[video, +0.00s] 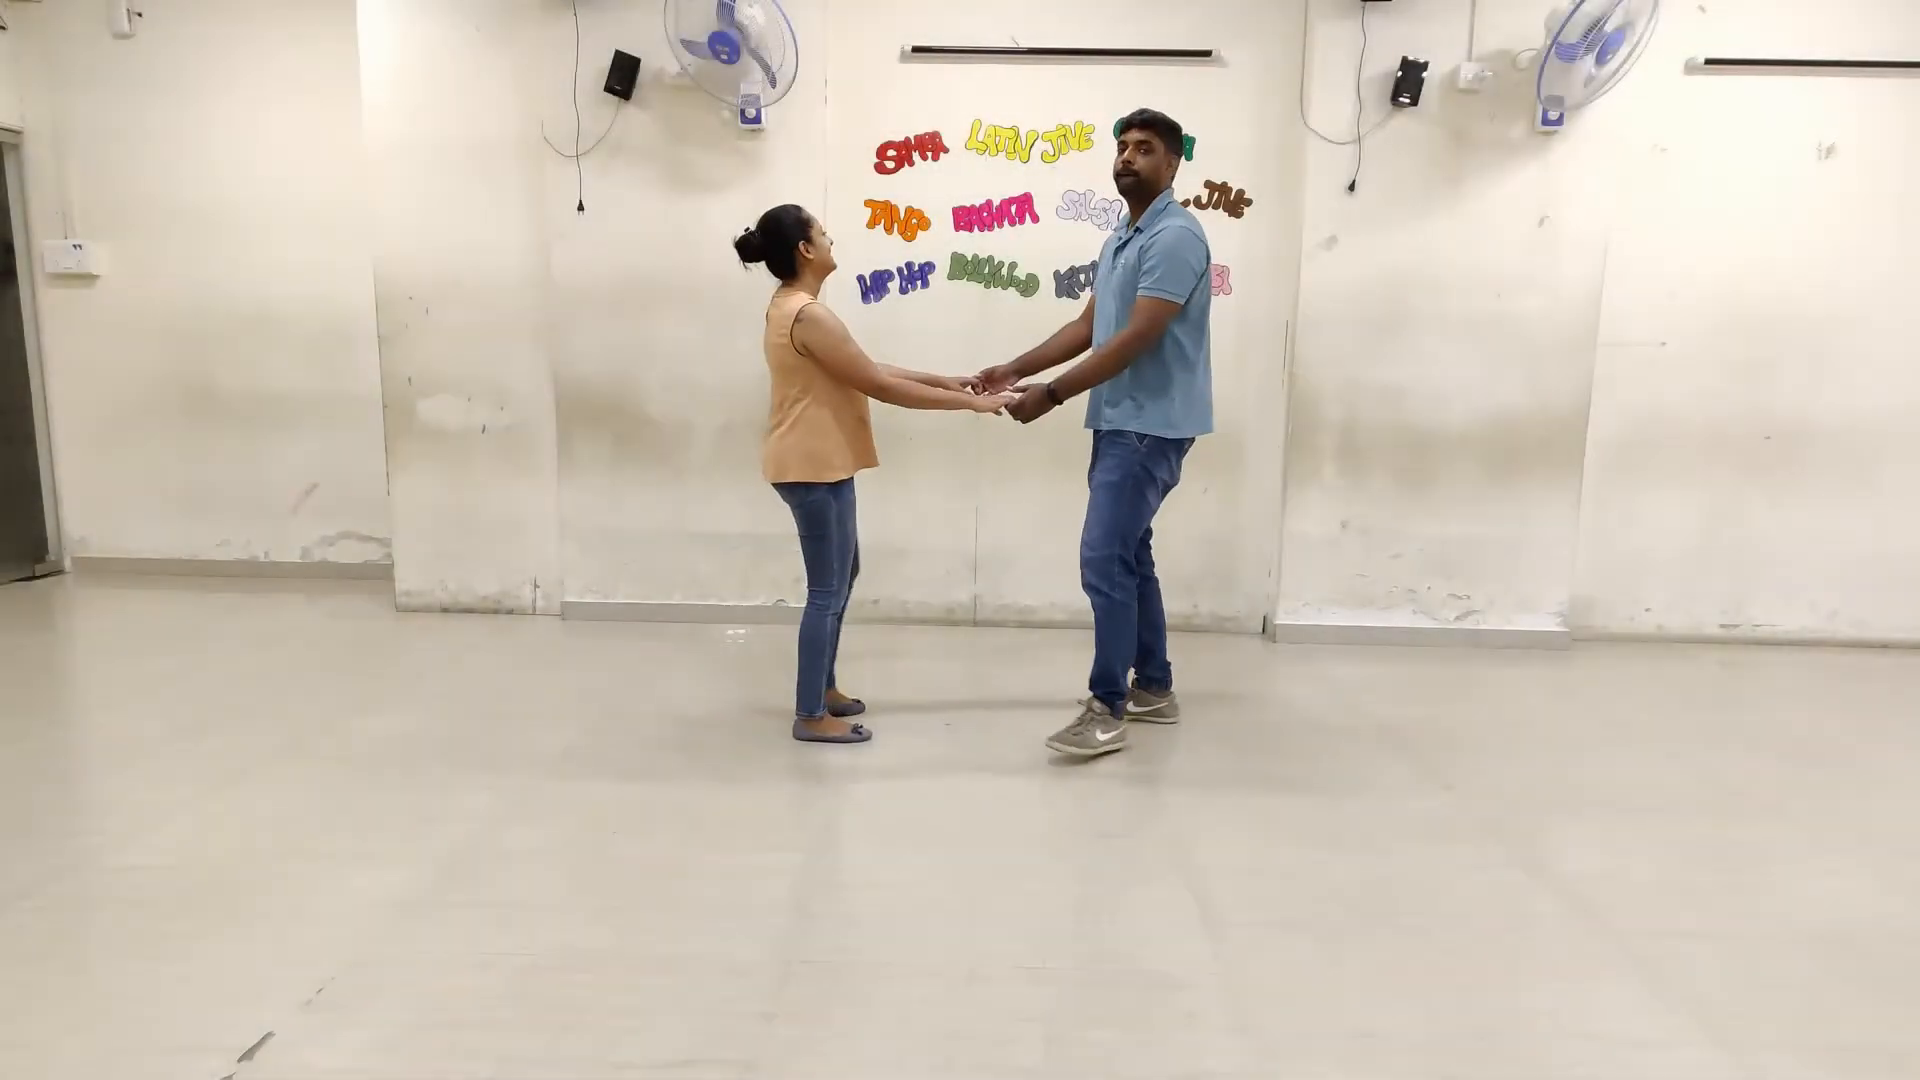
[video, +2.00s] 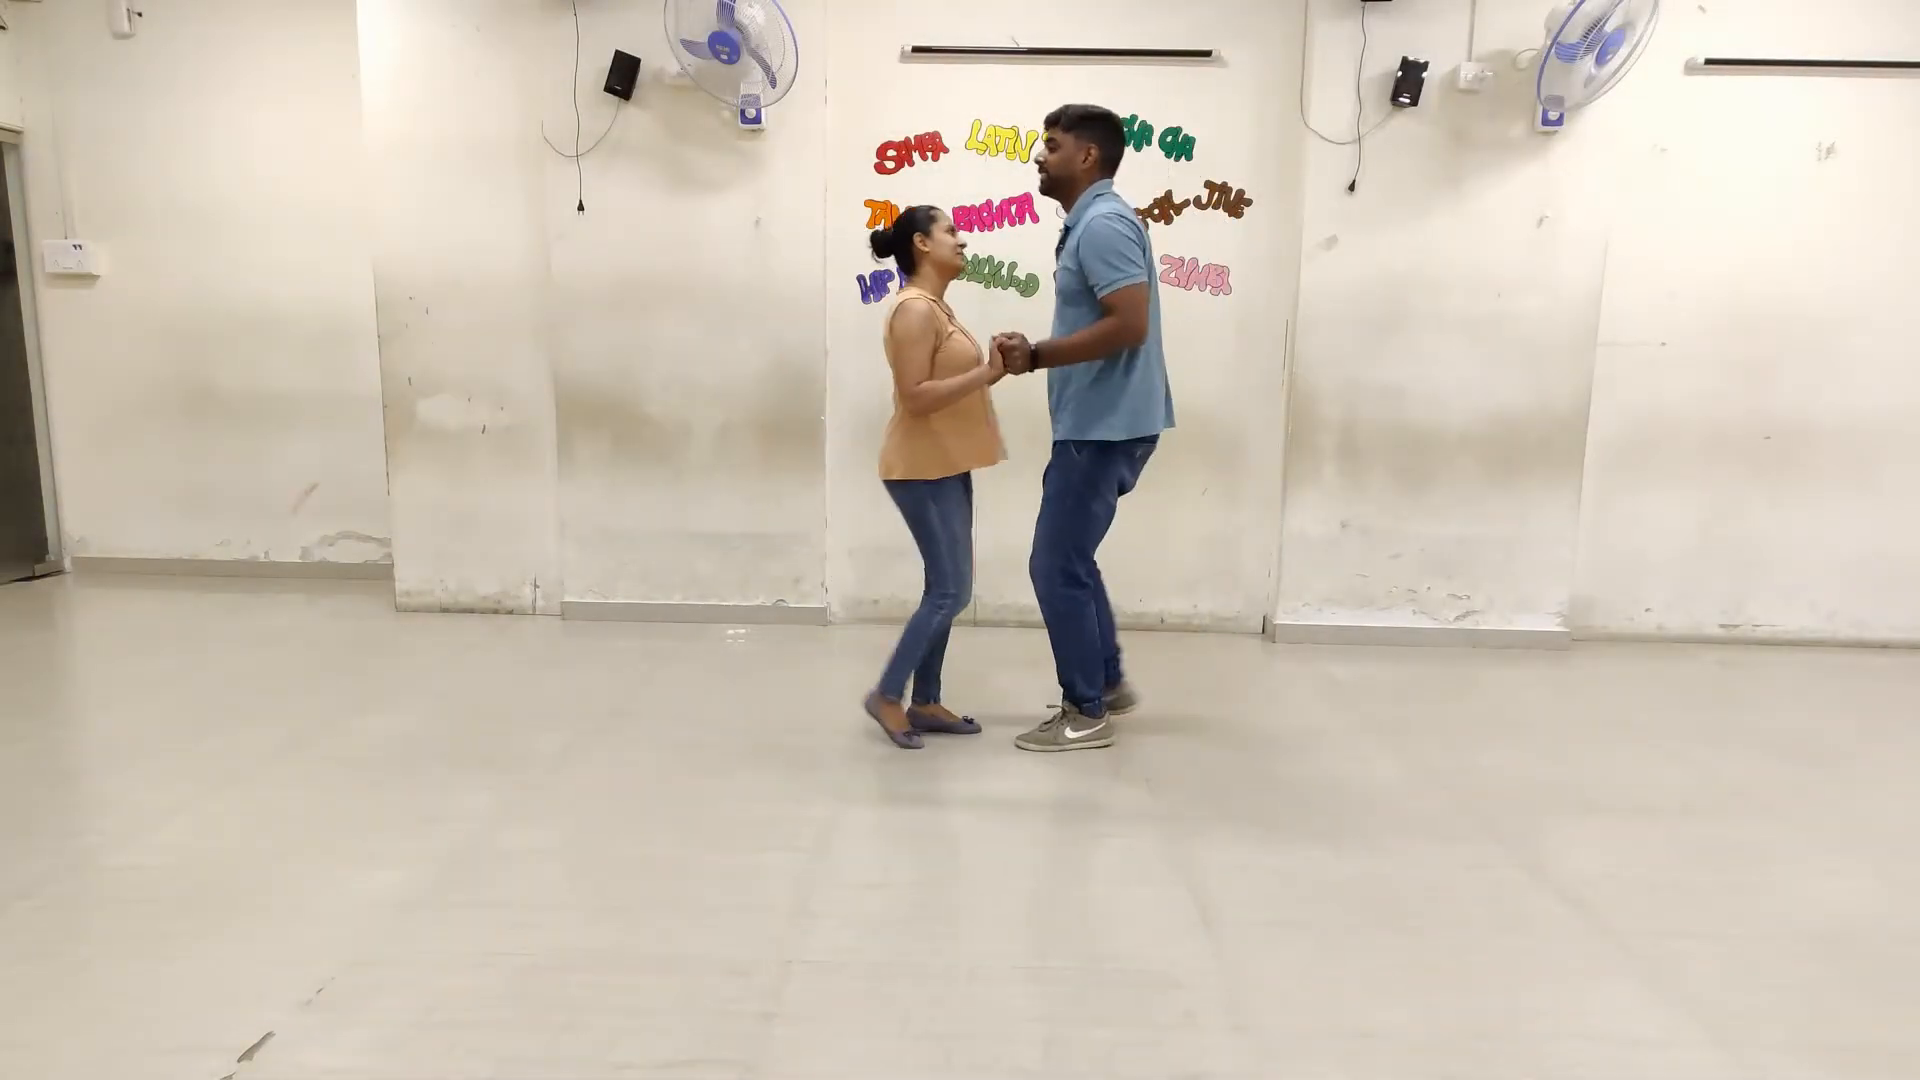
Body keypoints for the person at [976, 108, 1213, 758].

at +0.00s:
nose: (1129, 156)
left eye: (1145, 148)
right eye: (1123, 147)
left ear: (1174, 165)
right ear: (1115, 162)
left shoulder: (1177, 235)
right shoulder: (1122, 239)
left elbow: (1141, 334)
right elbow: (1087, 326)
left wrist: (1054, 392)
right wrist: (1015, 368)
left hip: (1151, 427)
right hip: (1116, 423)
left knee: (1103, 559)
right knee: (1128, 556)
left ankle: (1106, 709)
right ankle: (1152, 687)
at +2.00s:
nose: (1040, 156)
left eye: (1053, 146)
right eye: (1043, 146)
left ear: (1090, 156)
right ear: (1087, 158)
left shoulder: (1103, 223)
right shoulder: (1098, 219)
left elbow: (1128, 325)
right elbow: (1113, 326)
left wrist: (1036, 353)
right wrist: (1035, 351)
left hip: (1104, 428)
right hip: (1105, 423)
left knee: (1055, 562)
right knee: (1068, 556)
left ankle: (1085, 711)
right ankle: (1107, 683)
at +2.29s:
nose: (1056, 159)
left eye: (1068, 148)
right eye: (1059, 148)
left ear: (1104, 159)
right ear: (1098, 161)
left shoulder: (1124, 227)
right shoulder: (1106, 227)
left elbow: (1136, 328)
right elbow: (1105, 330)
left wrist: (1039, 351)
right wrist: (1034, 348)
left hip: (1133, 431)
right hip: (1123, 428)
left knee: (1071, 564)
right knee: (1088, 553)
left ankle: (1082, 710)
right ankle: (1131, 677)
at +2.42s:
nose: (1100, 175)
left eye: (1114, 167)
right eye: (1104, 165)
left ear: (1153, 180)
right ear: (1131, 178)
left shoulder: (1170, 251)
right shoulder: (1127, 254)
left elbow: (1161, 352)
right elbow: (1083, 341)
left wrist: (1064, 377)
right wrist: (1002, 363)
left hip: (1158, 450)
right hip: (1135, 446)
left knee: (1075, 569)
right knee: (1116, 573)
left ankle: (1082, 713)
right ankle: (1222, 673)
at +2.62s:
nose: (1162, 188)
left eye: (1176, 179)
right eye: (1166, 176)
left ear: (1215, 191)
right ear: (1202, 192)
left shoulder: (1224, 257)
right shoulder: (1205, 254)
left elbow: (1165, 354)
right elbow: (1156, 356)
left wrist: (1064, 349)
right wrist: (1081, 398)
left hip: (1215, 450)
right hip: (1216, 448)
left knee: (1125, 567)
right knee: (1185, 580)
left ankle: (1092, 714)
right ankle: (1257, 707)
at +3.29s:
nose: (1169, 190)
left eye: (1185, 181)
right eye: (1160, 179)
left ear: (1207, 194)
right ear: (1146, 190)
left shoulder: (1225, 249)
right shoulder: (1121, 273)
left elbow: (1184, 327)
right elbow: (1099, 363)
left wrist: (1100, 287)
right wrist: (1080, 426)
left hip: (1190, 463)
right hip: (1131, 462)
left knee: (1112, 602)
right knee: (1120, 601)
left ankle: (1093, 724)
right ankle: (1233, 661)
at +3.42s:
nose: (1153, 170)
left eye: (1166, 161)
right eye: (1140, 160)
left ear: (1180, 173)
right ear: (1116, 171)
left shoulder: (1201, 221)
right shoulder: (1085, 251)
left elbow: (1166, 276)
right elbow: (1065, 350)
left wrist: (1084, 241)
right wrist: (1079, 423)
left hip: (1164, 447)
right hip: (1089, 447)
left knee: (1119, 598)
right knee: (1057, 595)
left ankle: (1095, 718)